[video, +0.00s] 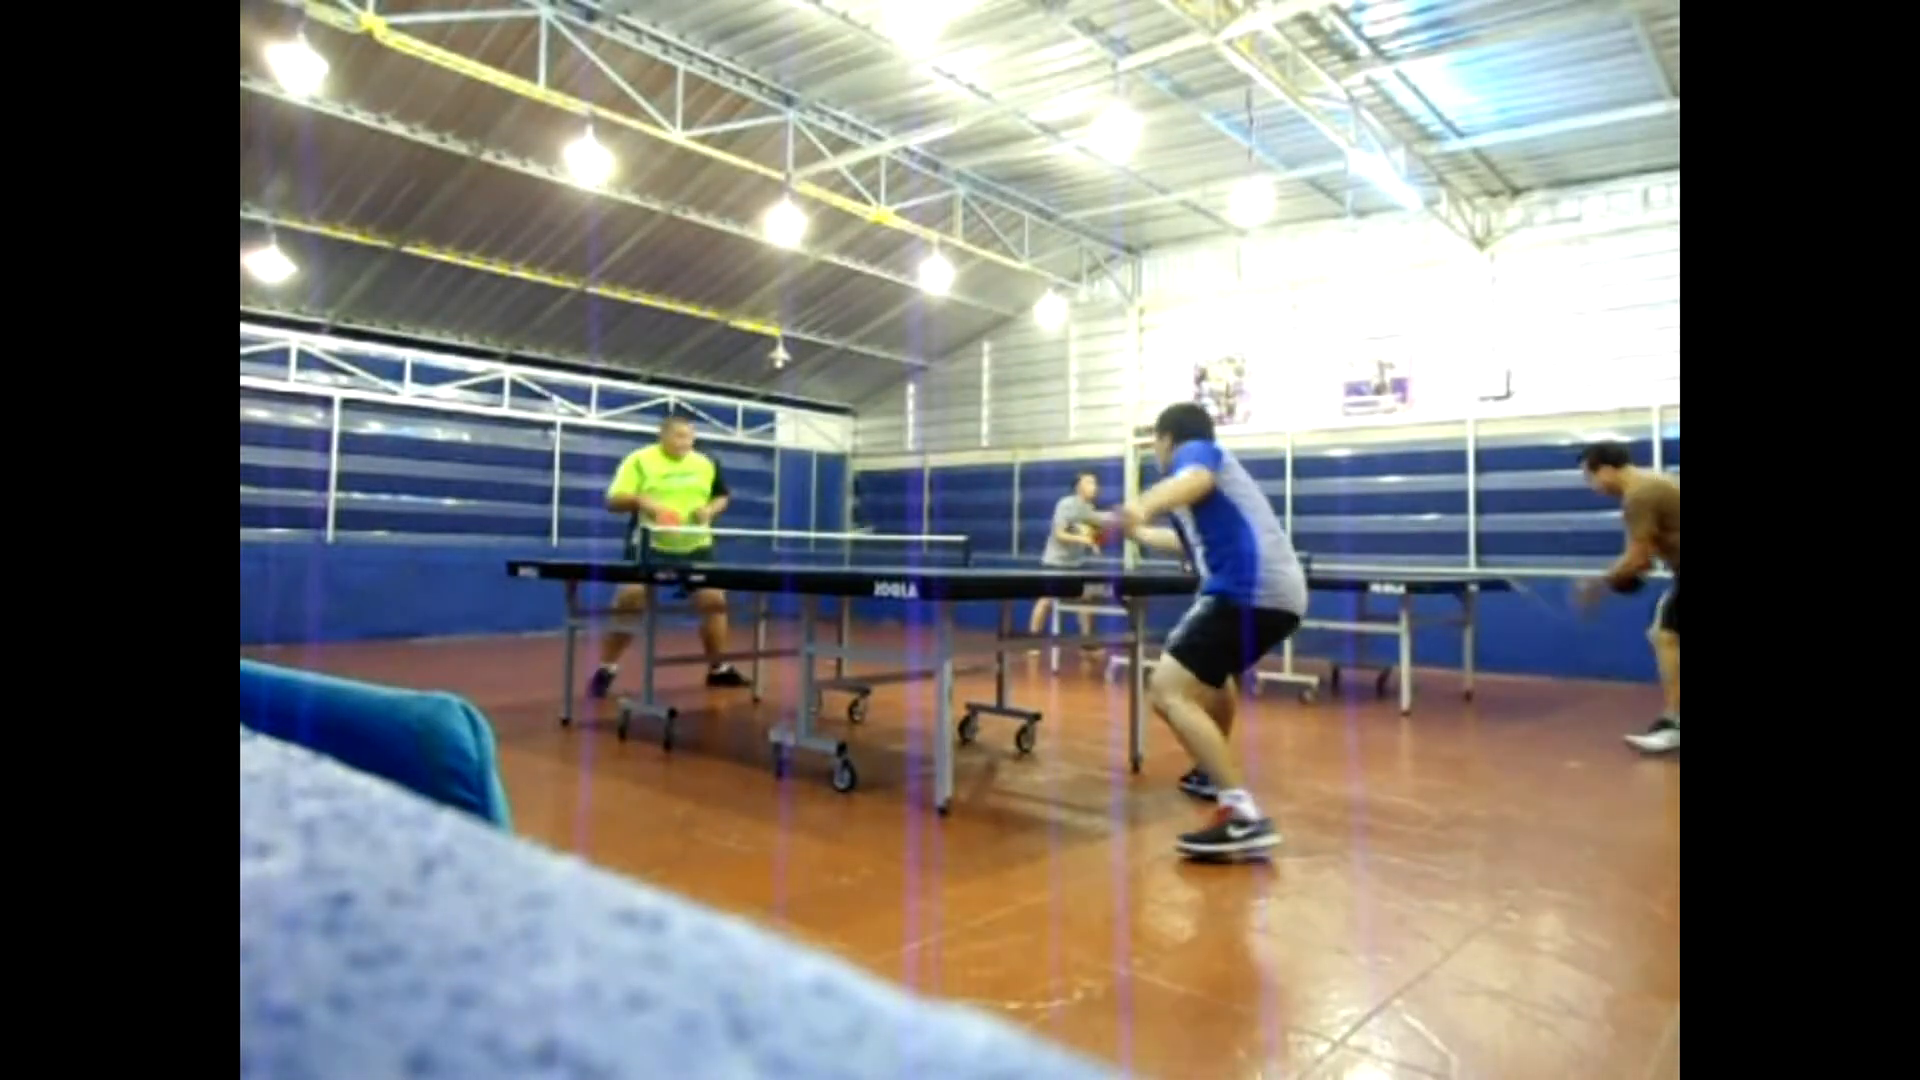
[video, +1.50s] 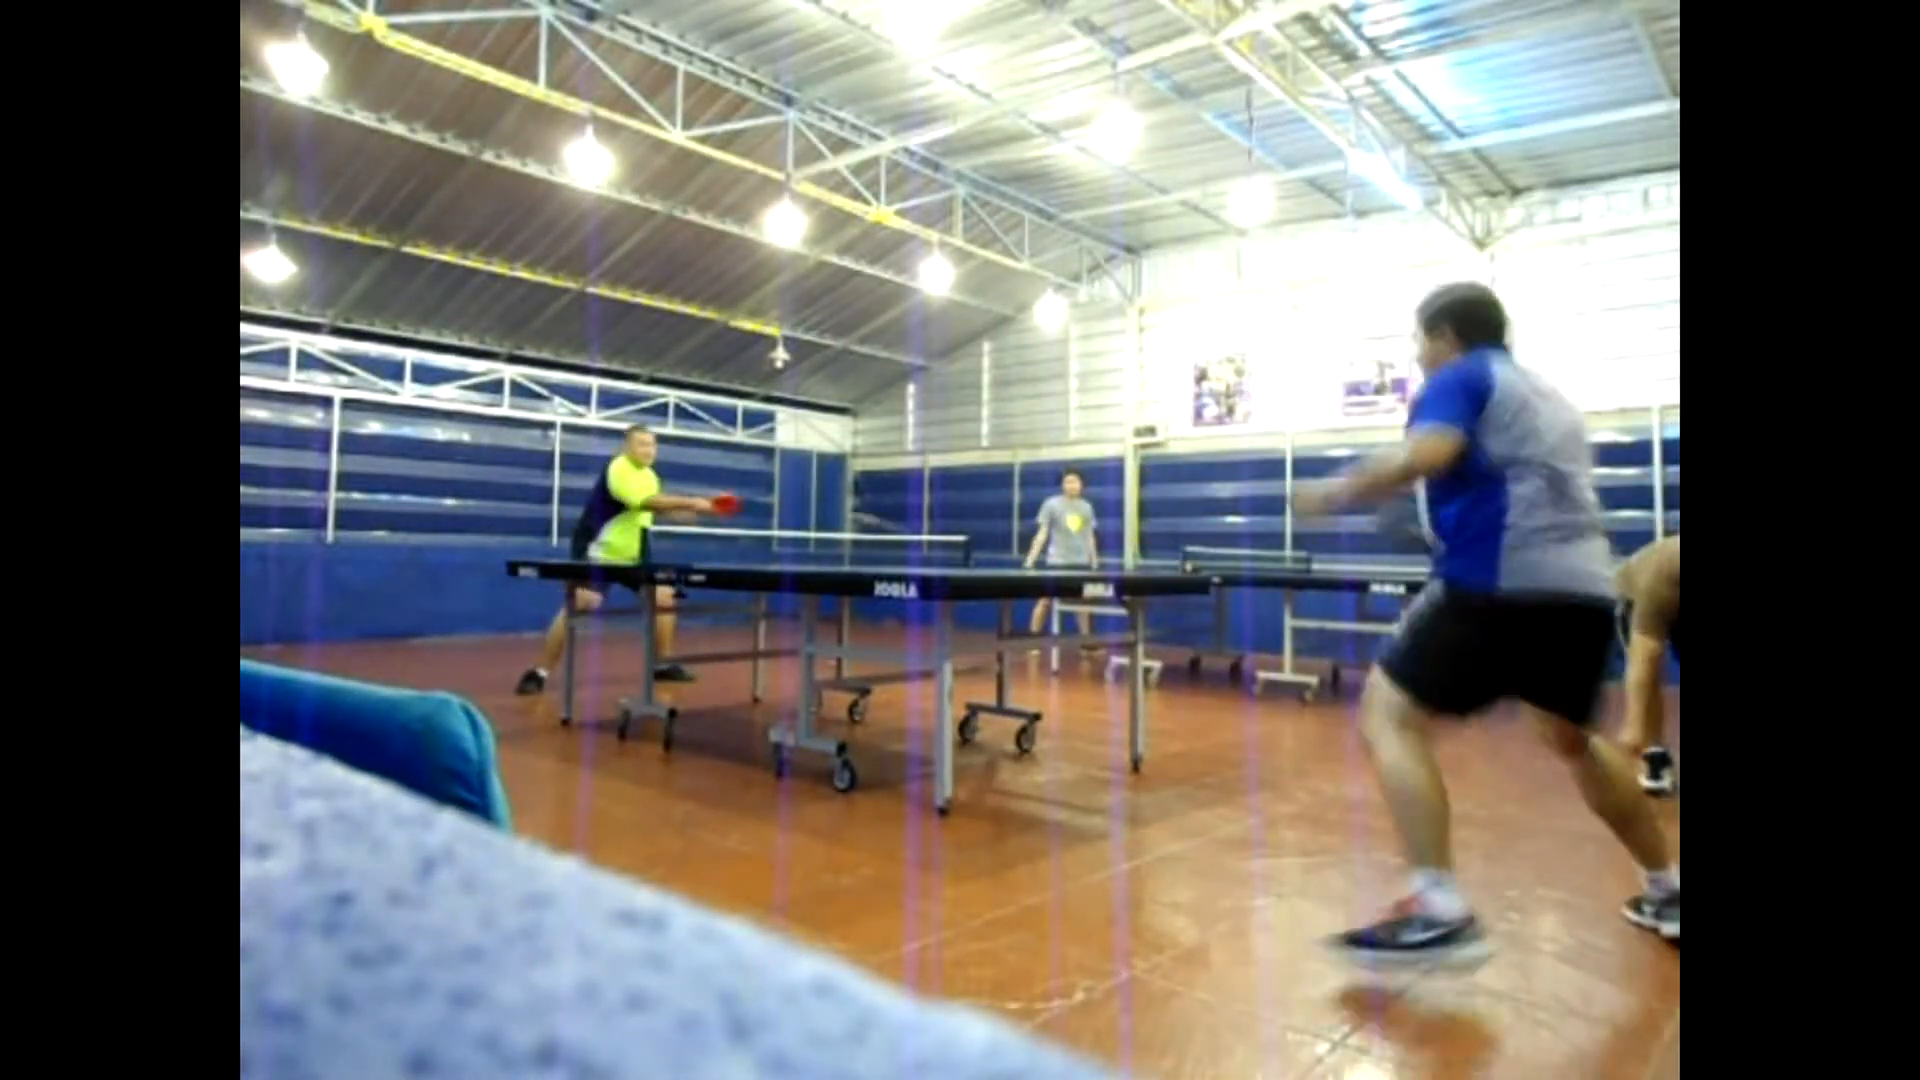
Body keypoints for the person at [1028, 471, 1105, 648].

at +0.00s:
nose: (1092, 488)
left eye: (1094, 483)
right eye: (1088, 483)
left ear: (1096, 488)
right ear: (1078, 486)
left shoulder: (1089, 510)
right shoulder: (1066, 504)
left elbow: (1098, 526)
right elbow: (1060, 534)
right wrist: (1086, 541)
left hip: (1078, 563)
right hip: (1055, 562)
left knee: (1084, 600)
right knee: (1046, 599)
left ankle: (1087, 639)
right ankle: (1033, 637)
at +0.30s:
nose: (1081, 483)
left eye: (1083, 479)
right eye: (1077, 479)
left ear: (1084, 484)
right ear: (1067, 482)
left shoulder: (1082, 505)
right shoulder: (1053, 502)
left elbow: (1083, 528)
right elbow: (1040, 529)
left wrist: (1084, 541)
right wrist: (1064, 540)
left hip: (1075, 561)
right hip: (1053, 561)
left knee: (1081, 601)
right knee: (1043, 599)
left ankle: (1086, 639)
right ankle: (1032, 638)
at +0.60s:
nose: (1077, 484)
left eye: (1079, 480)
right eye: (1073, 480)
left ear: (1082, 484)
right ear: (1064, 483)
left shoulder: (1082, 506)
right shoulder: (1051, 503)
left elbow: (1087, 530)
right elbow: (1043, 532)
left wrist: (1088, 547)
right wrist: (1067, 541)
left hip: (1077, 560)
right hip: (1056, 560)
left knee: (1080, 601)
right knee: (1045, 599)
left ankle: (1086, 638)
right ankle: (1033, 636)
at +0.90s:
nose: (1071, 486)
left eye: (1073, 481)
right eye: (1067, 482)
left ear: (1079, 484)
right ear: (1061, 485)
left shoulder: (1084, 506)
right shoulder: (1052, 505)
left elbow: (1089, 534)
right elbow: (1052, 535)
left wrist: (1092, 556)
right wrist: (1063, 557)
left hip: (1082, 562)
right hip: (1058, 561)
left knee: (1082, 601)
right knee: (1046, 598)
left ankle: (1086, 637)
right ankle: (1034, 634)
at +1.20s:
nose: (1071, 486)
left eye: (1075, 482)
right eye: (1068, 482)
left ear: (1081, 485)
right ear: (1062, 485)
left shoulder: (1086, 507)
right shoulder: (1052, 504)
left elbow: (1090, 536)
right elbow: (1041, 533)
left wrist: (1094, 560)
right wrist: (1029, 560)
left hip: (1081, 562)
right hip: (1057, 562)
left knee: (1083, 602)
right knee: (1046, 600)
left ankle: (1086, 638)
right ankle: (1033, 636)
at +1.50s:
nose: (1072, 486)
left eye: (1075, 482)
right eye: (1068, 482)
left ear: (1081, 485)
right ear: (1062, 485)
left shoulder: (1086, 507)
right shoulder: (1052, 505)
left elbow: (1090, 536)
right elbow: (1042, 533)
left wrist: (1094, 560)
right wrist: (1030, 560)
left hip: (1081, 561)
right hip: (1057, 561)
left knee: (1082, 602)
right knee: (1045, 600)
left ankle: (1086, 639)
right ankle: (1033, 638)